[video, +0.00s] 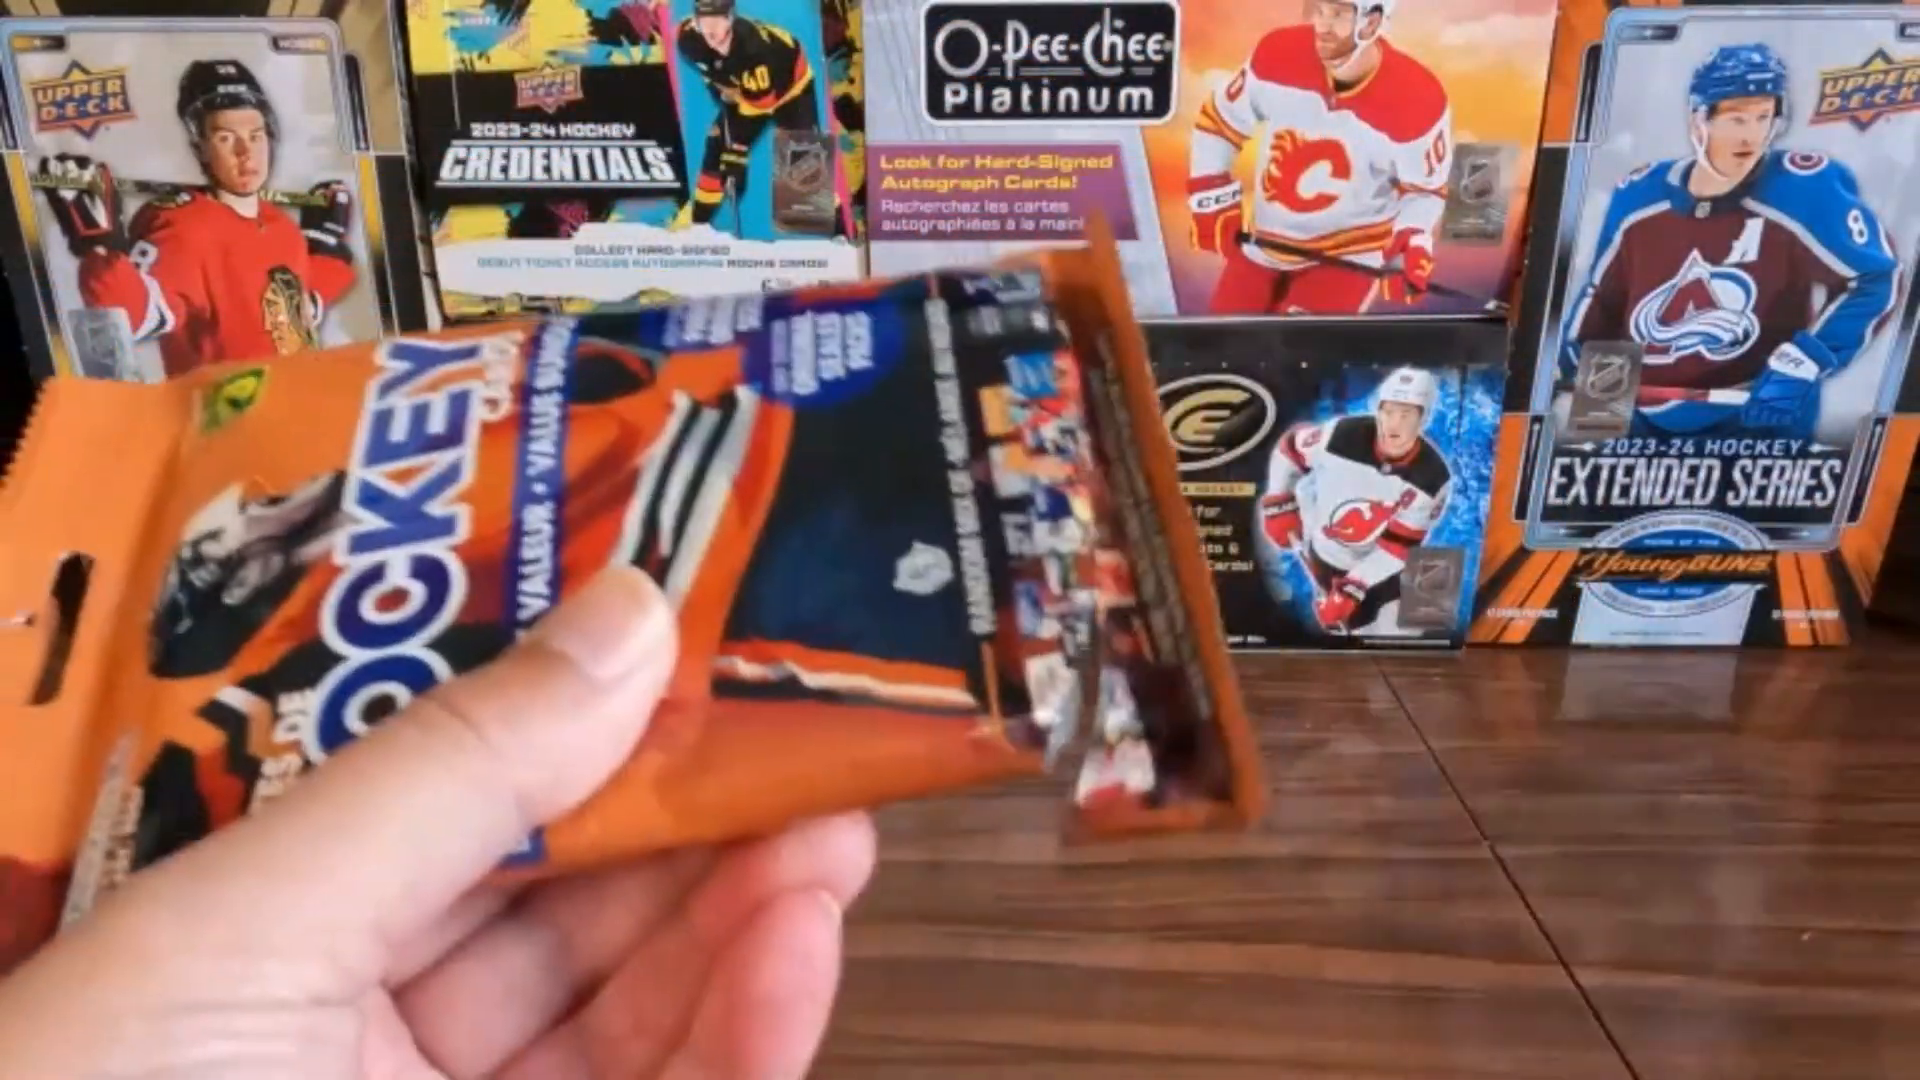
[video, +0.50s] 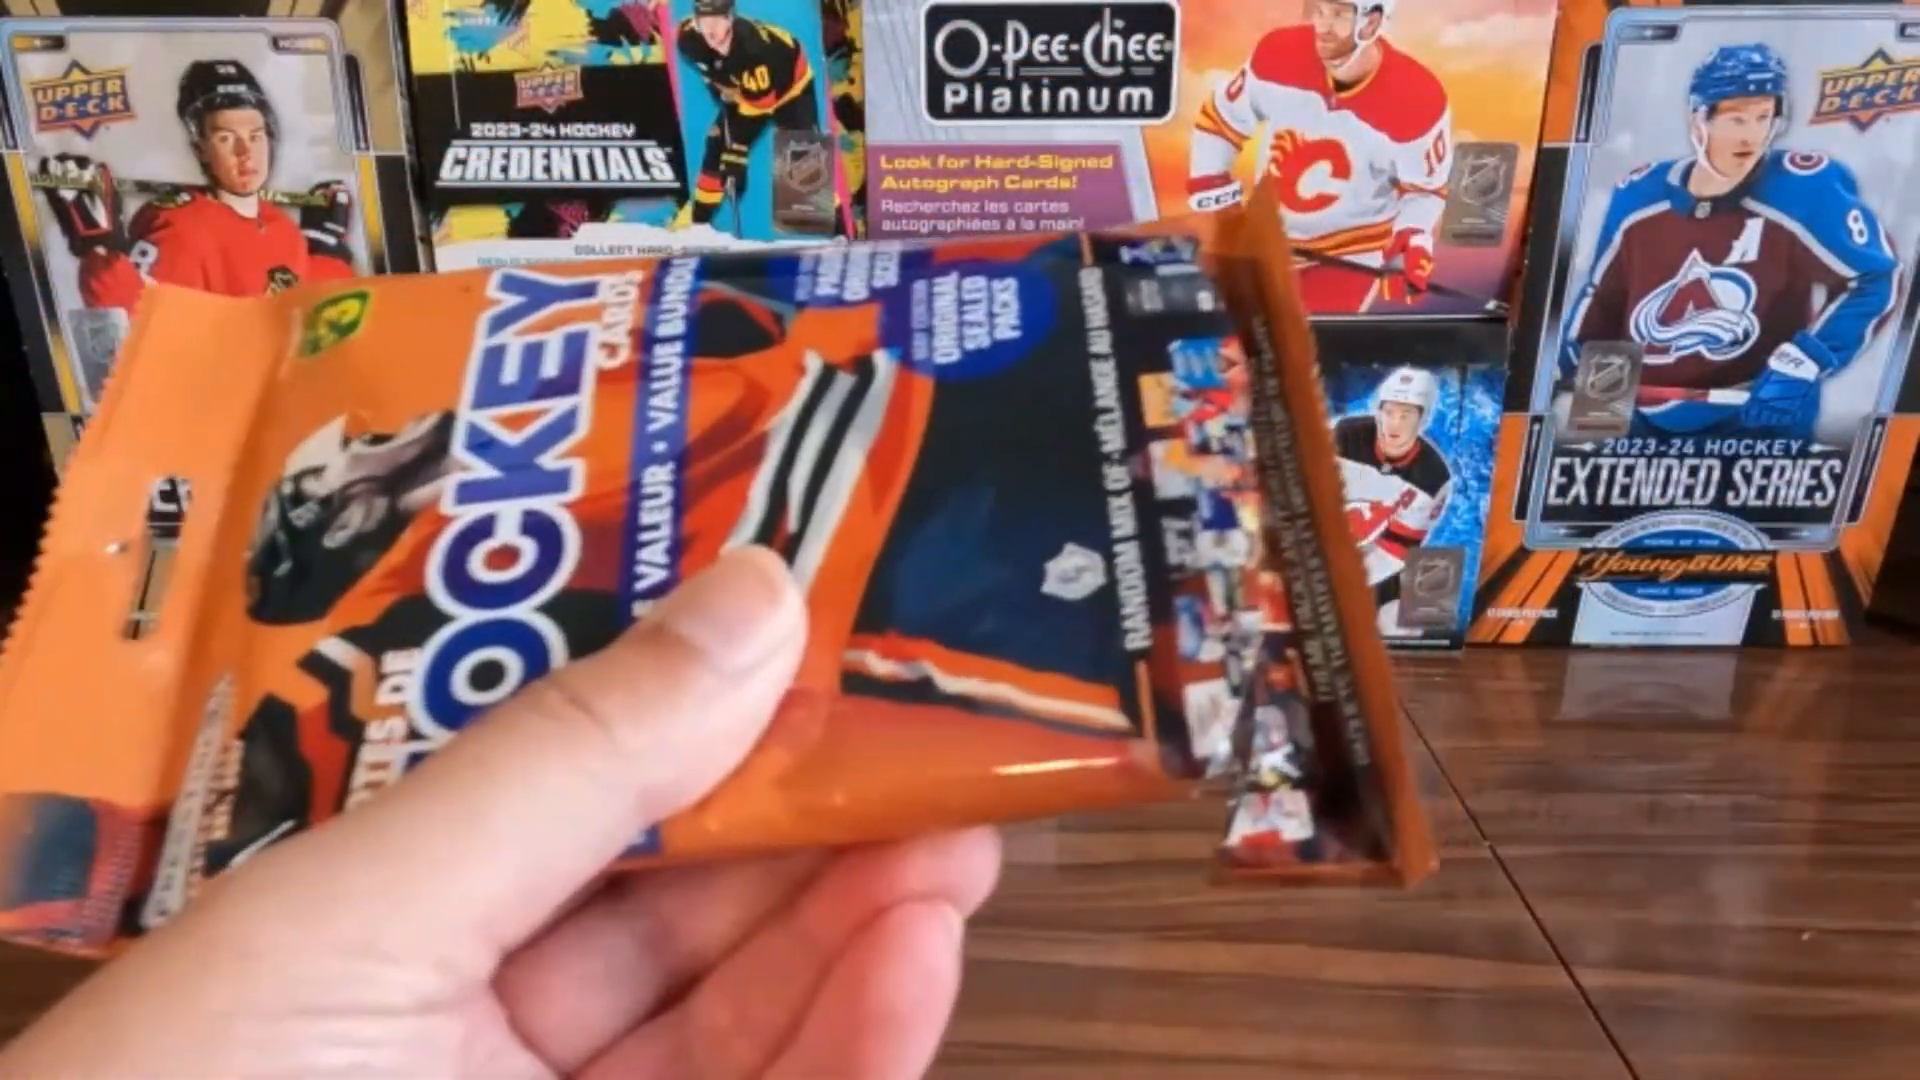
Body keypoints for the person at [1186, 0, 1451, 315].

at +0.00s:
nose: (1323, 26)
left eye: (1339, 14)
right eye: (1318, 11)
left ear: (1373, 22)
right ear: (1309, 11)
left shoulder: (1416, 96)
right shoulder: (1276, 56)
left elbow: (1424, 191)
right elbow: (1216, 124)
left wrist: (1415, 247)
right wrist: (1213, 201)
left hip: (1346, 261)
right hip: (1261, 249)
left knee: (1287, 367)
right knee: (1219, 361)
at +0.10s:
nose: (1323, 26)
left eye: (1339, 14)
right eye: (1318, 11)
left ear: (1372, 22)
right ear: (1309, 11)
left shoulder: (1417, 95)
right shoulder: (1276, 56)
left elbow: (1424, 191)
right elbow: (1216, 124)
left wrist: (1414, 247)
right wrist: (1214, 201)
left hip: (1347, 261)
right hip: (1261, 249)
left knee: (1287, 367)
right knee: (1219, 361)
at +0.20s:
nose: (1322, 26)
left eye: (1339, 14)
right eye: (1318, 11)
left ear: (1372, 22)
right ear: (1309, 11)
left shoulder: (1416, 96)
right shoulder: (1276, 56)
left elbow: (1423, 191)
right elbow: (1216, 126)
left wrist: (1413, 249)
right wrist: (1215, 213)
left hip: (1352, 261)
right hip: (1264, 251)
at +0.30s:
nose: (1322, 27)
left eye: (1339, 14)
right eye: (1317, 12)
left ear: (1373, 22)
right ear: (1308, 12)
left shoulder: (1417, 96)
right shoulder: (1276, 56)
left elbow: (1423, 190)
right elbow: (1217, 124)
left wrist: (1414, 250)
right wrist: (1215, 212)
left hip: (1358, 258)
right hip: (1274, 242)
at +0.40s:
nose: (1322, 27)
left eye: (1339, 14)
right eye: (1317, 11)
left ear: (1373, 22)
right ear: (1309, 11)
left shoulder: (1417, 96)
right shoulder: (1276, 56)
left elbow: (1423, 191)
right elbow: (1216, 125)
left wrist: (1414, 251)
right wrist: (1216, 212)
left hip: (1356, 259)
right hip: (1271, 243)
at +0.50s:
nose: (1323, 27)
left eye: (1339, 14)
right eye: (1317, 11)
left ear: (1373, 21)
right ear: (1309, 11)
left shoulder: (1416, 96)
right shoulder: (1276, 56)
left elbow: (1423, 190)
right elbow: (1216, 125)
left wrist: (1414, 248)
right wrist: (1221, 215)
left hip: (1356, 259)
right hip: (1269, 248)